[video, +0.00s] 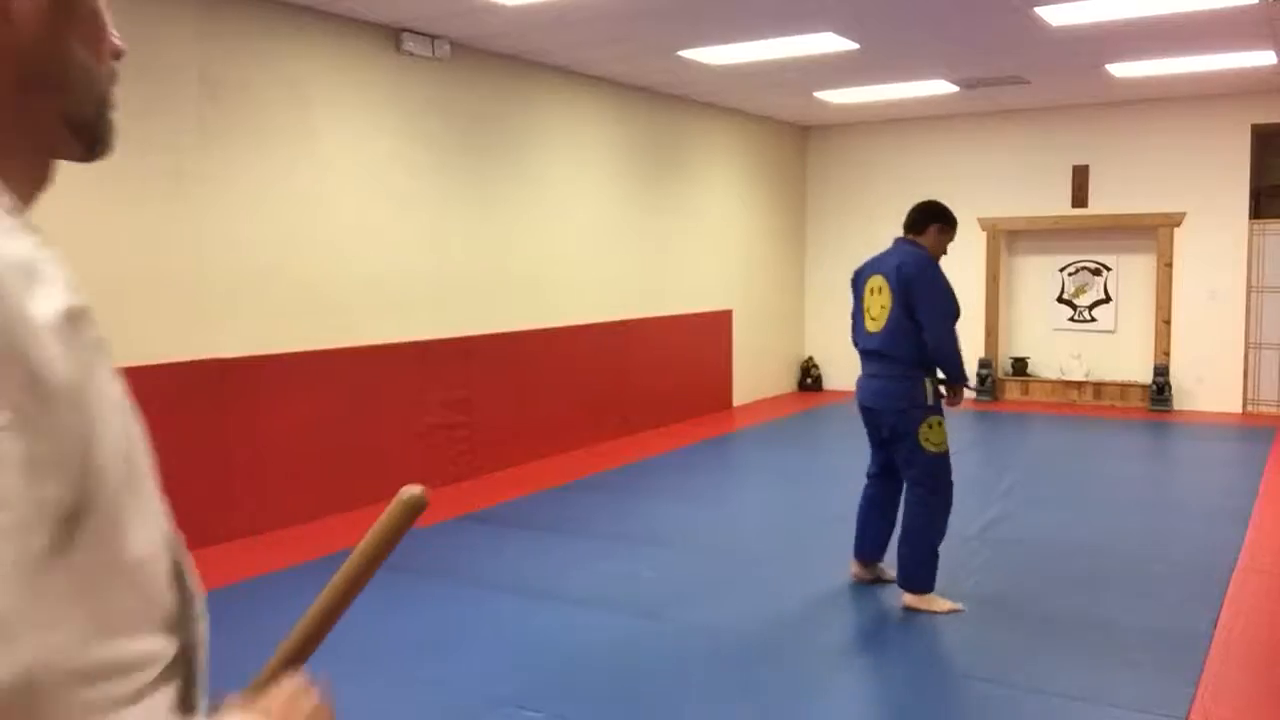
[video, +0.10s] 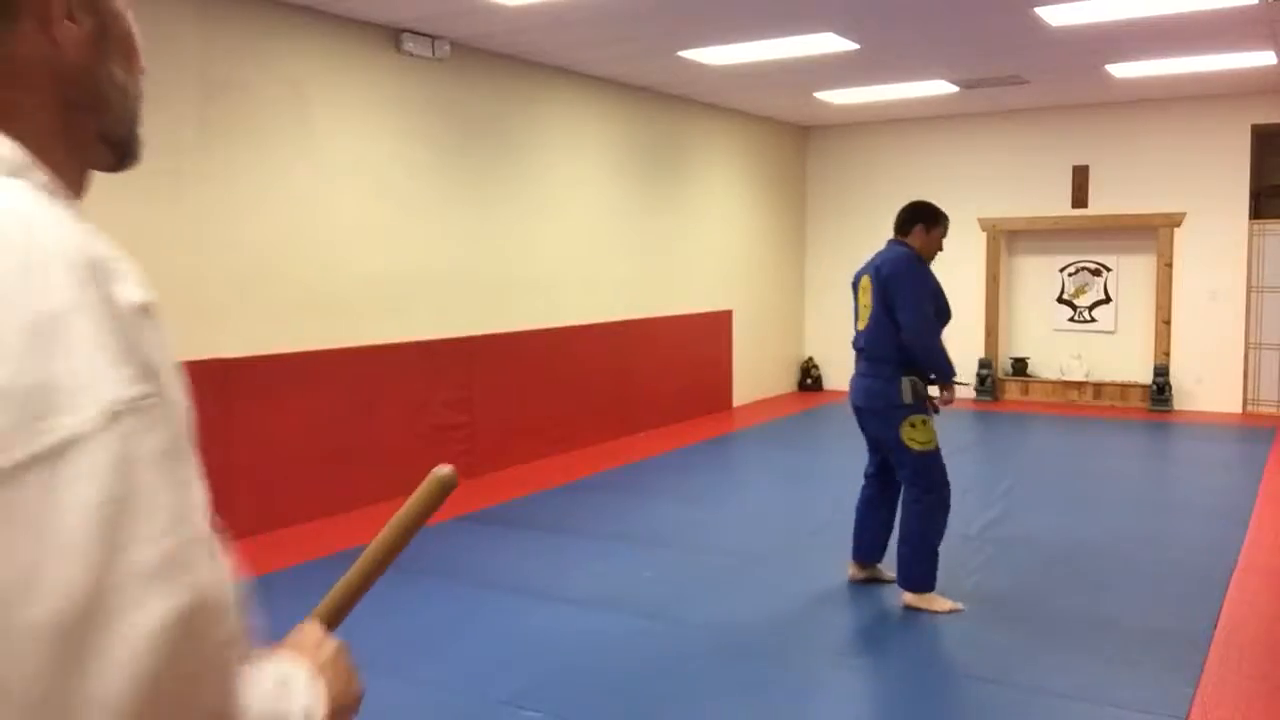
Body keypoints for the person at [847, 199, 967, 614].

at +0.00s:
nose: (945, 251)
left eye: (948, 244)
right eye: (946, 242)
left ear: (912, 228)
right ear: (933, 231)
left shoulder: (870, 267)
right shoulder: (921, 267)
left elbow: (862, 331)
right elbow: (939, 329)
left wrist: (887, 366)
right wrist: (956, 378)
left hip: (872, 391)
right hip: (910, 395)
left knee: (885, 474)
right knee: (932, 486)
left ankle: (866, 561)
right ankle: (917, 589)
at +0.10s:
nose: (940, 249)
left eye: (942, 241)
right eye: (939, 240)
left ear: (907, 231)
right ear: (919, 231)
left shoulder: (871, 267)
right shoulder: (906, 266)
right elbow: (919, 331)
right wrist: (946, 377)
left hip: (866, 390)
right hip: (895, 393)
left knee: (883, 474)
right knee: (930, 486)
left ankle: (864, 562)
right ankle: (918, 589)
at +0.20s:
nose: (931, 244)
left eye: (932, 236)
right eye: (928, 234)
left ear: (904, 231)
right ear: (904, 230)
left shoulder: (889, 266)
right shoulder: (885, 267)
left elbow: (898, 332)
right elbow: (892, 330)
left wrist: (915, 383)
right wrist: (918, 374)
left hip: (871, 390)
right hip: (875, 394)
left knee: (873, 481)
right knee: (917, 488)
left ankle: (861, 566)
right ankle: (917, 585)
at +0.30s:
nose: (921, 238)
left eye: (922, 230)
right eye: (916, 229)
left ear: (895, 230)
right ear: (891, 228)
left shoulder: (890, 272)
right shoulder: (865, 267)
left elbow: (903, 336)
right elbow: (860, 329)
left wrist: (924, 381)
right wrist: (894, 372)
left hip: (874, 386)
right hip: (860, 387)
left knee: (866, 477)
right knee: (894, 481)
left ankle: (858, 565)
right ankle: (904, 581)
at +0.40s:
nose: (909, 236)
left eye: (910, 229)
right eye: (903, 228)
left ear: (886, 231)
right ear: (876, 228)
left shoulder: (893, 279)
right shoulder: (848, 267)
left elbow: (902, 337)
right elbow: (834, 330)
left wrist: (926, 380)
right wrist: (871, 368)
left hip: (881, 389)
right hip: (851, 388)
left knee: (870, 477)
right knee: (868, 477)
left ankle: (864, 565)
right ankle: (869, 573)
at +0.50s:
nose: (895, 233)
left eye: (896, 226)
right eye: (889, 226)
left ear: (876, 229)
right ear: (863, 228)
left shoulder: (889, 276)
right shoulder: (837, 267)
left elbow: (899, 331)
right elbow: (817, 324)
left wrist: (921, 378)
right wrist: (854, 367)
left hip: (878, 390)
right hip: (844, 389)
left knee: (870, 480)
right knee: (851, 479)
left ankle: (860, 563)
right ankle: (837, 569)